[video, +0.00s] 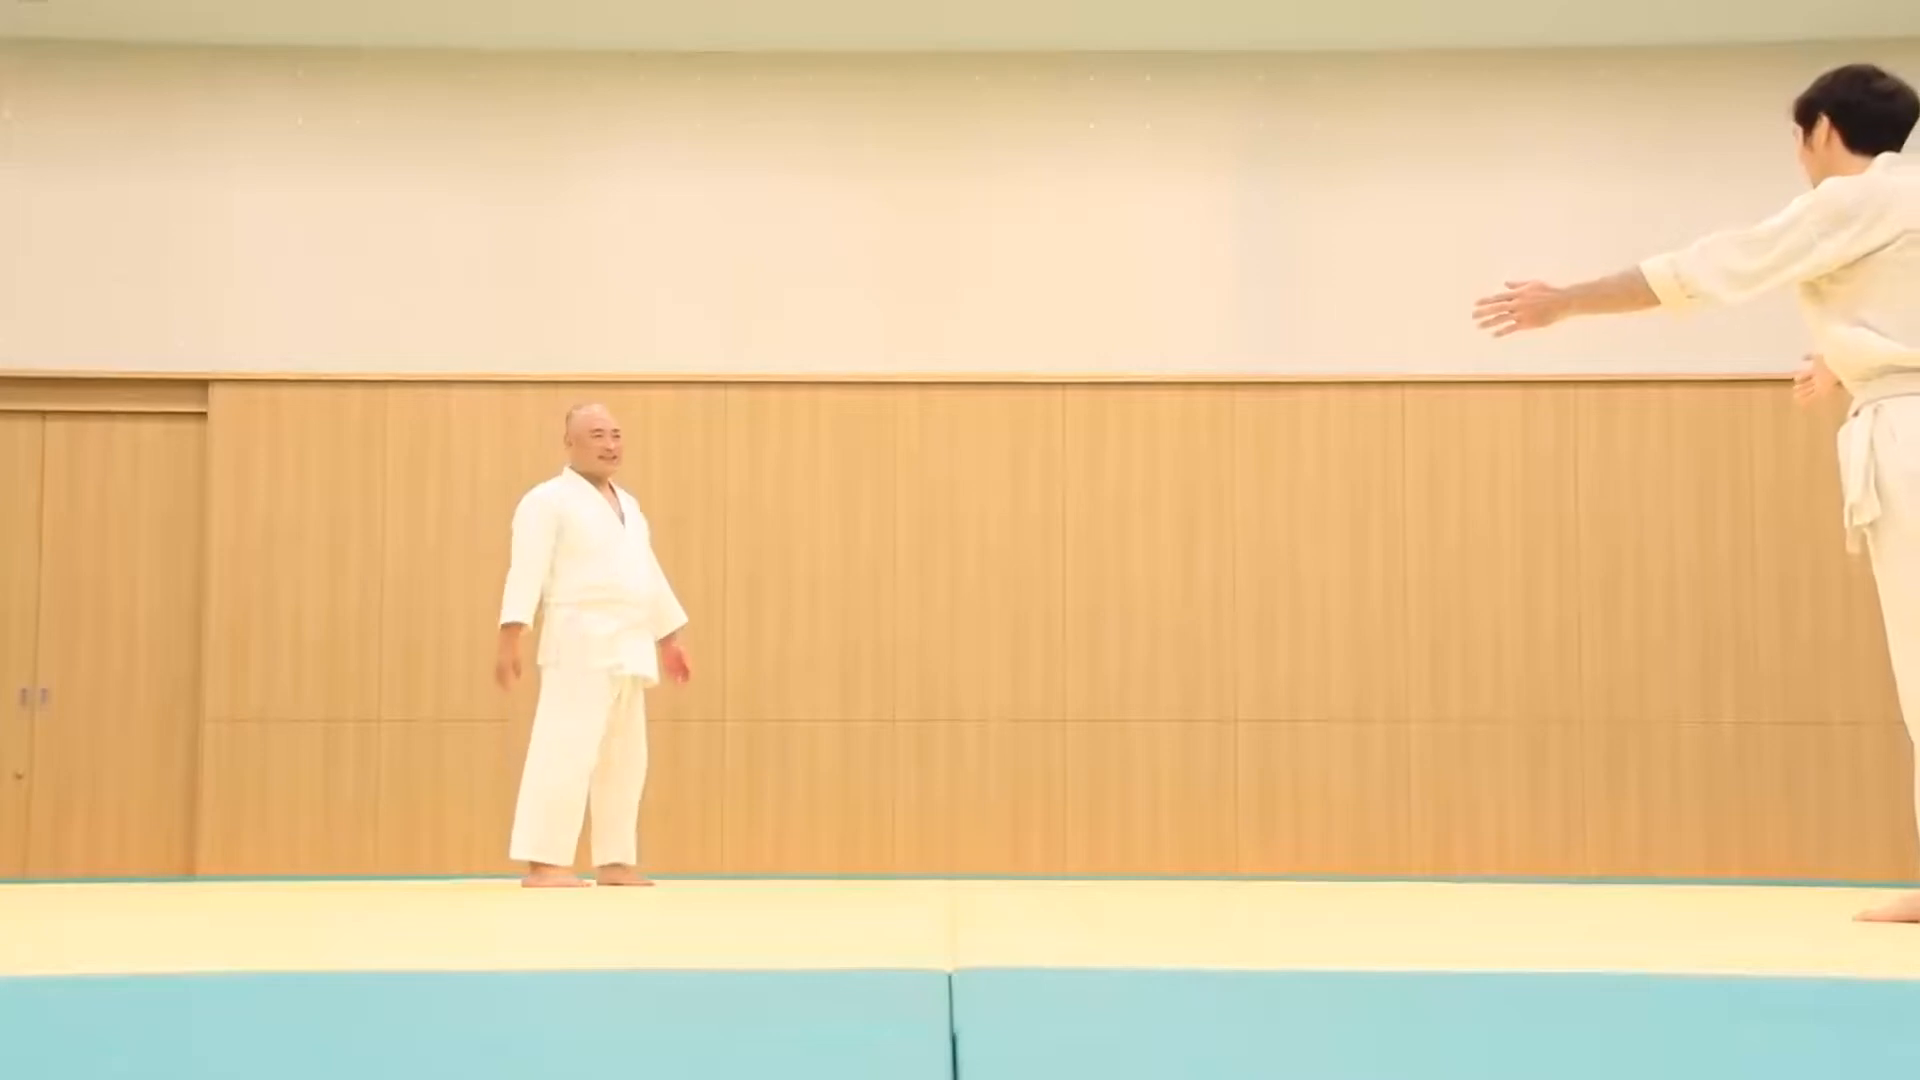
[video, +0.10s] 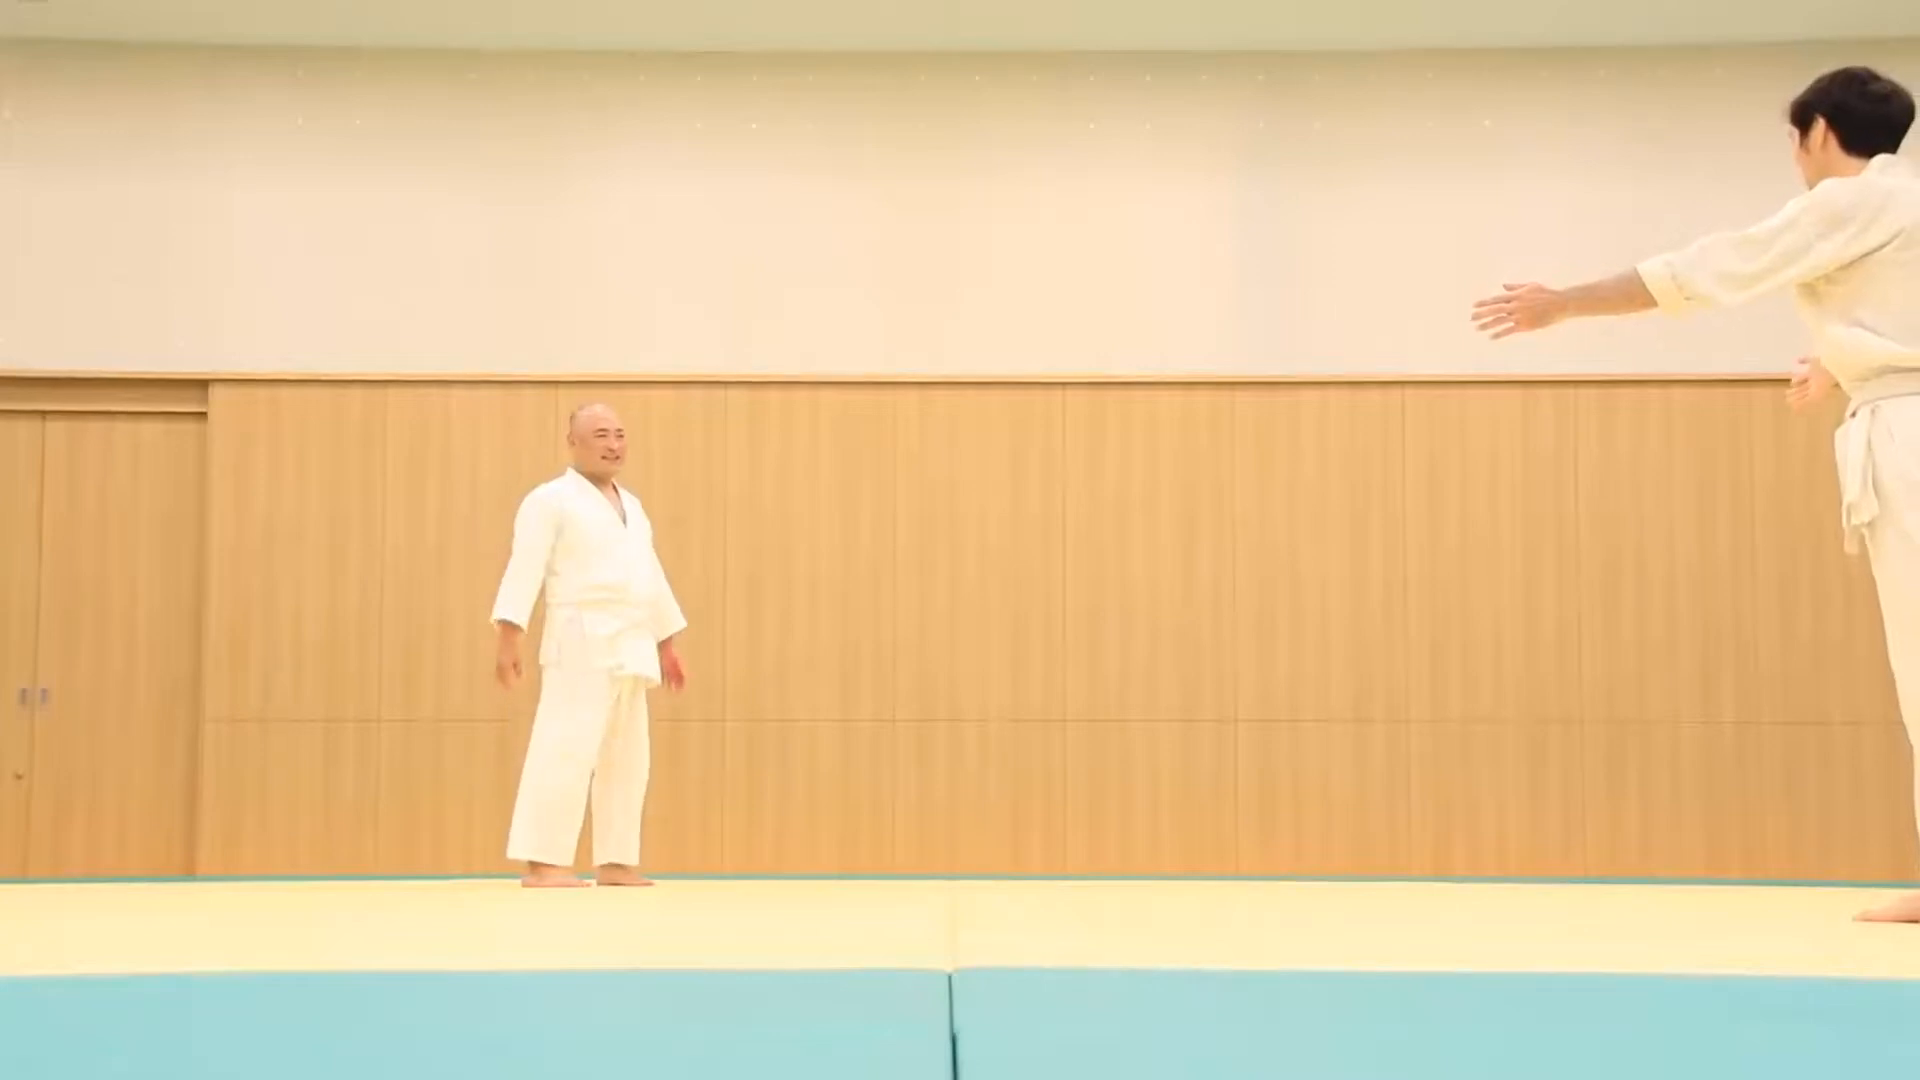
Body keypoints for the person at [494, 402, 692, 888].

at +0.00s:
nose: (610, 443)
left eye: (615, 435)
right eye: (597, 435)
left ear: (622, 443)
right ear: (569, 444)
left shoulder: (627, 505)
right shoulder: (546, 501)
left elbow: (649, 575)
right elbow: (526, 572)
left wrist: (669, 637)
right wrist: (511, 638)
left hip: (630, 651)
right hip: (576, 650)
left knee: (624, 756)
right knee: (565, 752)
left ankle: (615, 862)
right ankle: (546, 865)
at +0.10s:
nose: (613, 443)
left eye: (619, 435)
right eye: (600, 435)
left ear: (626, 443)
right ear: (572, 442)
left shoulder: (630, 505)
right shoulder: (549, 500)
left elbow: (650, 577)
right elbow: (524, 570)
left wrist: (665, 643)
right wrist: (509, 637)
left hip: (631, 651)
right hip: (577, 650)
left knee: (626, 755)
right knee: (565, 752)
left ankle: (617, 863)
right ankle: (545, 865)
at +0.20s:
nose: (615, 443)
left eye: (621, 435)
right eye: (602, 434)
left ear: (629, 444)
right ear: (574, 442)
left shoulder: (633, 505)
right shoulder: (552, 500)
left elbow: (653, 579)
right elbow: (529, 571)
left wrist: (664, 646)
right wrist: (517, 640)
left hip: (633, 649)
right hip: (578, 648)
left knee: (627, 755)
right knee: (565, 751)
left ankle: (617, 863)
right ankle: (545, 864)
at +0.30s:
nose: (617, 443)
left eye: (623, 435)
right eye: (603, 434)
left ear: (630, 444)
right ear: (575, 443)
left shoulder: (636, 505)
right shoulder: (553, 501)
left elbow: (656, 579)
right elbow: (536, 574)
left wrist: (667, 645)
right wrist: (535, 641)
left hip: (635, 648)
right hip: (579, 645)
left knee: (628, 755)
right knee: (566, 752)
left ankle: (616, 862)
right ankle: (544, 864)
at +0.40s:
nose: (618, 443)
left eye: (624, 435)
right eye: (605, 434)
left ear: (633, 444)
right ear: (577, 444)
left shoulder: (637, 505)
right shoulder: (555, 501)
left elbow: (657, 579)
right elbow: (540, 574)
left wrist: (670, 644)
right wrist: (550, 636)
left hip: (636, 650)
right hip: (583, 647)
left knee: (628, 756)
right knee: (566, 753)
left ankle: (616, 862)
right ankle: (545, 863)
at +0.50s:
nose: (620, 443)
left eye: (626, 435)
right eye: (607, 435)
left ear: (633, 444)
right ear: (579, 445)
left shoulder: (638, 505)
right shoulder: (557, 501)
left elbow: (659, 578)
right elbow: (543, 575)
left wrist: (675, 642)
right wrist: (557, 635)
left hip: (637, 651)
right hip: (585, 647)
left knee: (628, 757)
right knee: (565, 753)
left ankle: (616, 862)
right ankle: (543, 863)